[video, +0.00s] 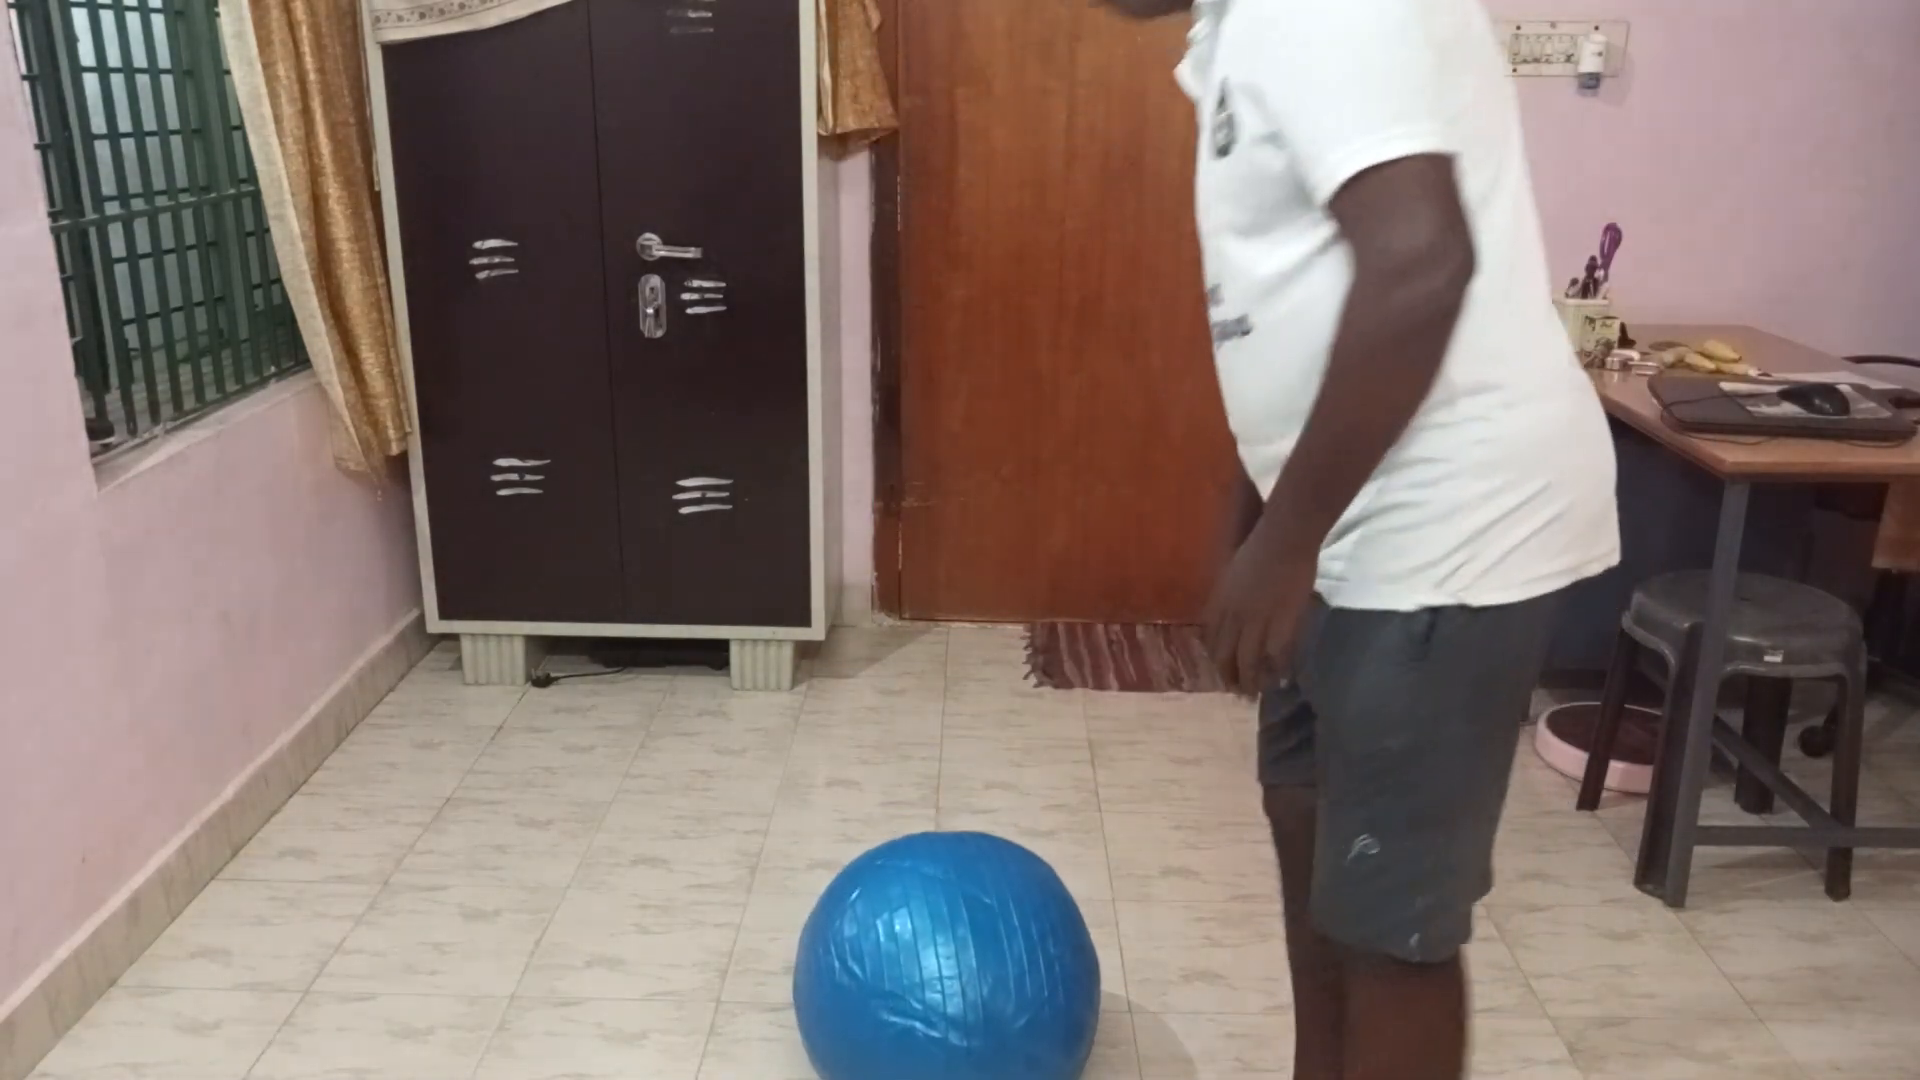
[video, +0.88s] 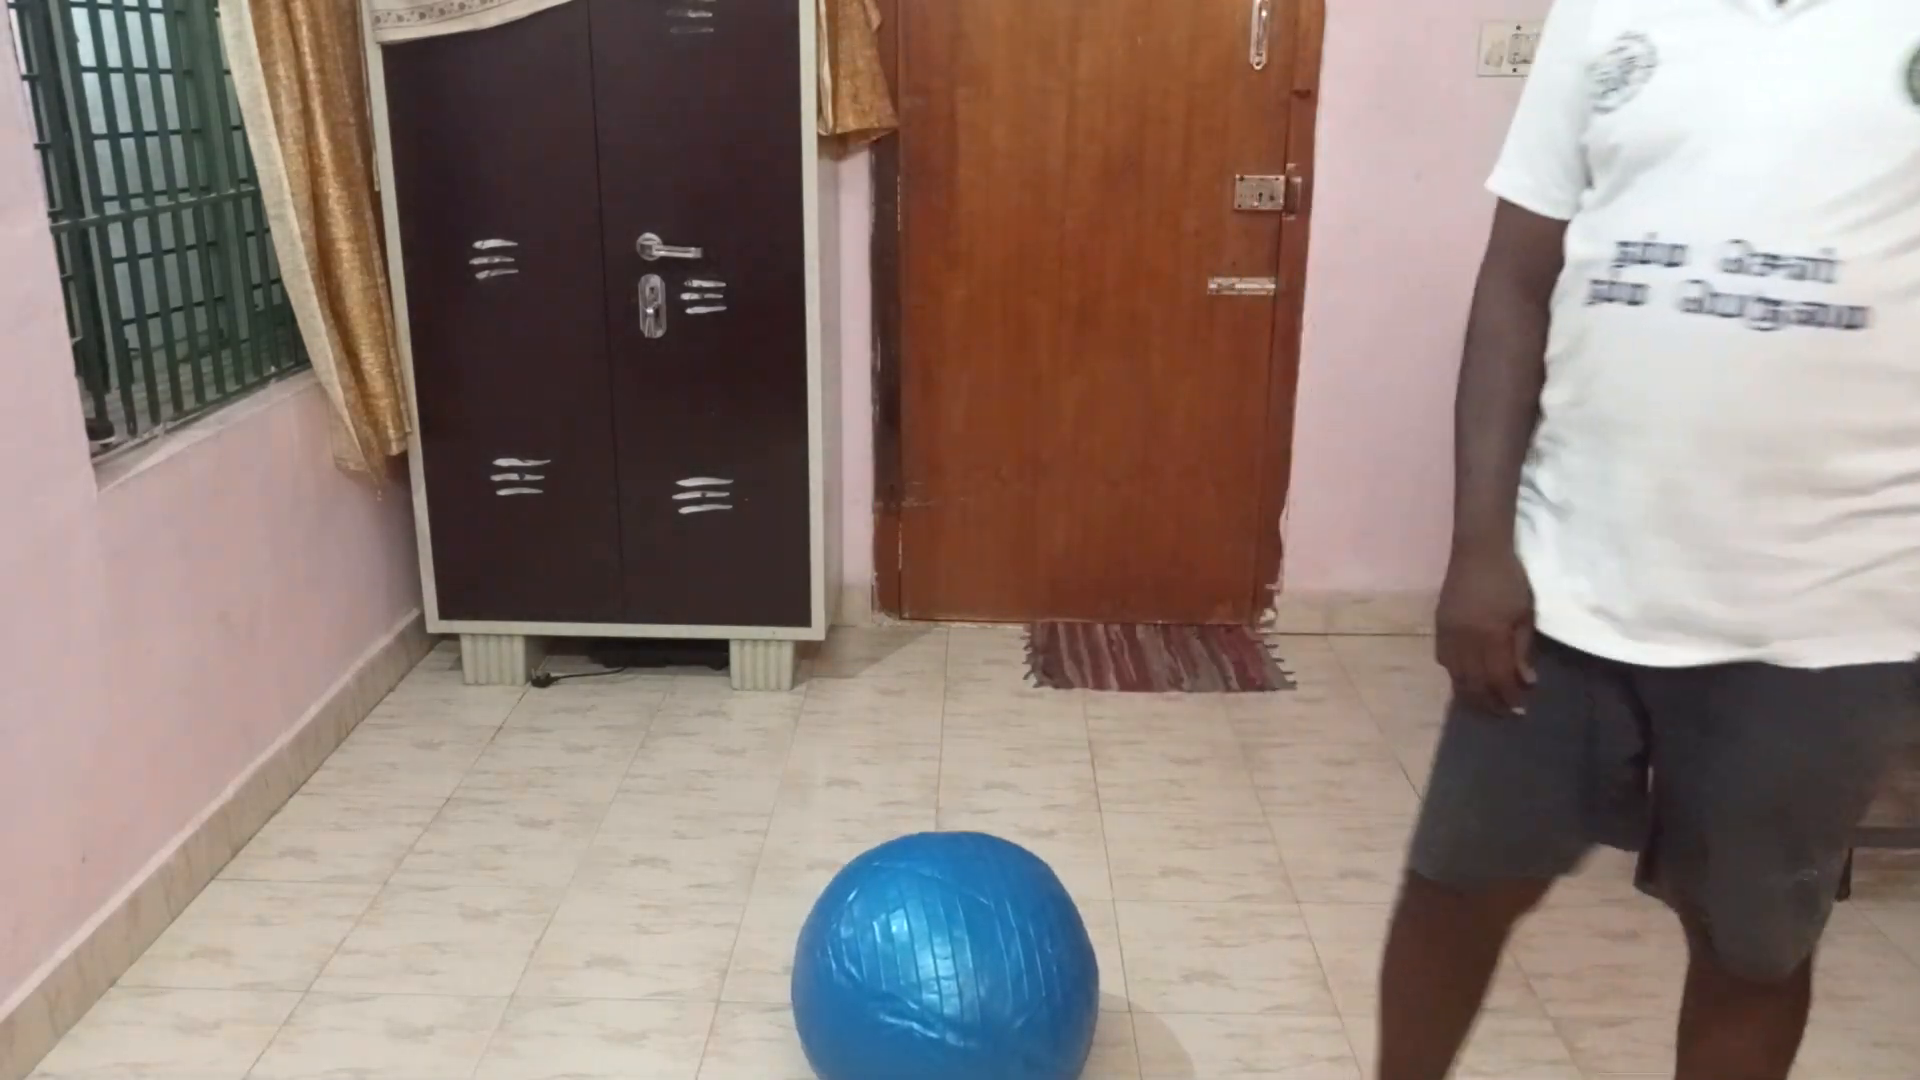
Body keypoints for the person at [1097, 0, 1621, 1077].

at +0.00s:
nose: (1117, 6)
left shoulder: (1321, 15)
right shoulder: (1241, 33)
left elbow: (1418, 261)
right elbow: (1303, 295)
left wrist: (1288, 542)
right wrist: (1251, 526)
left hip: (1449, 529)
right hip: (1357, 522)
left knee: (1391, 916)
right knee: (1311, 823)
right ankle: (1324, 1063)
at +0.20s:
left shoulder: (1474, 12)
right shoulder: (1302, 20)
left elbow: (1530, 241)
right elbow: (1310, 269)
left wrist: (1341, 511)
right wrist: (1237, 494)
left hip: (1488, 537)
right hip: (1347, 526)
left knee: (1500, 905)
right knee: (1337, 824)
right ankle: (1326, 1070)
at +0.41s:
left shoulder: (1647, 14)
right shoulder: (1373, 15)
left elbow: (1697, 259)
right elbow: (1343, 262)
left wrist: (1496, 546)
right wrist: (1249, 467)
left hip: (1591, 575)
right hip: (1387, 547)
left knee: (1622, 919)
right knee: (1384, 838)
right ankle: (1334, 1070)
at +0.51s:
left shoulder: (1746, 17)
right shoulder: (1441, 20)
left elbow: (1801, 281)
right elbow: (1387, 284)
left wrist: (1625, 581)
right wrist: (1264, 490)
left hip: (1639, 608)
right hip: (1431, 571)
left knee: (1657, 933)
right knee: (1402, 855)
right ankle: (1337, 1070)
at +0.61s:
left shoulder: (1834, 25)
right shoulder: (1499, 25)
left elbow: (1896, 329)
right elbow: (1429, 297)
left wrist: (1788, 631)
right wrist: (1311, 521)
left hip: (1693, 607)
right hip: (1474, 575)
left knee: (1693, 935)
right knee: (1414, 865)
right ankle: (1340, 1072)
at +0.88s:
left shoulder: (1902, 39)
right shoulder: (1609, 22)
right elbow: (1515, 284)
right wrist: (1480, 543)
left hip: (1832, 620)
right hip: (1574, 586)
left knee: (1754, 961)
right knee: (1453, 894)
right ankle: (1402, 1075)